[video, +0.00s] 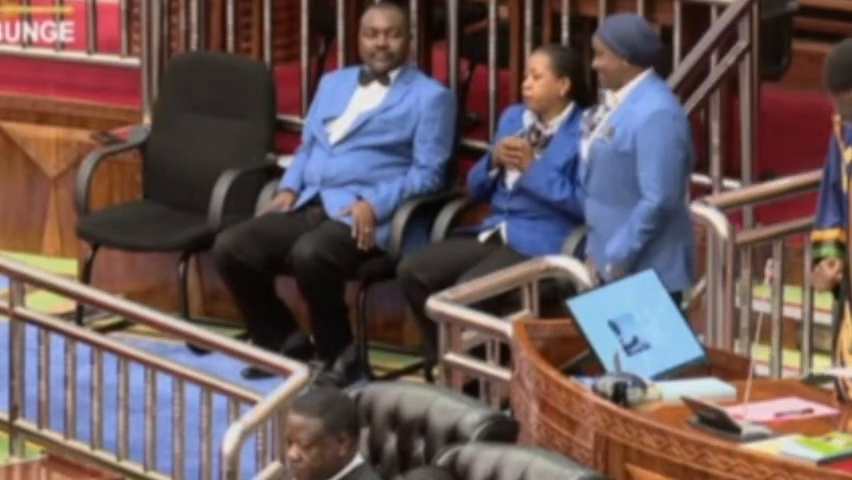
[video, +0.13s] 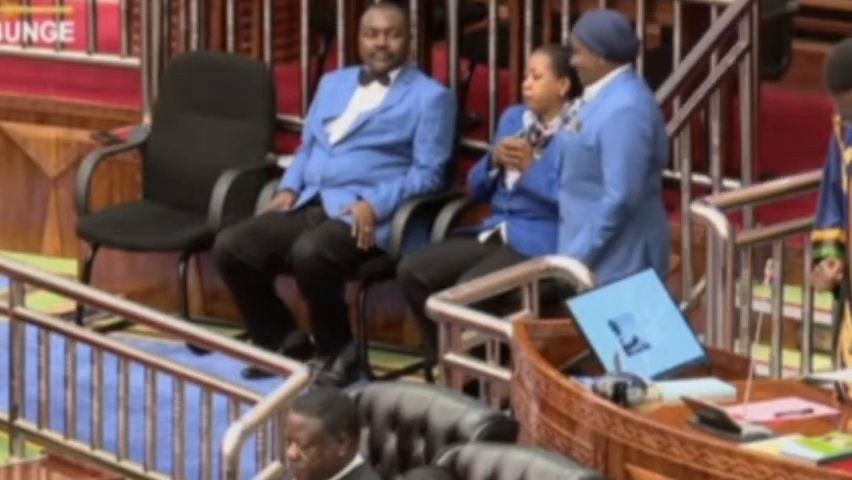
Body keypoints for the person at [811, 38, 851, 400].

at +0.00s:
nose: (842, 116)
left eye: (846, 106)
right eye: (839, 107)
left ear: (850, 96)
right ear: (832, 99)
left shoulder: (841, 138)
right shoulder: (840, 138)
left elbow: (831, 195)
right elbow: (832, 194)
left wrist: (831, 250)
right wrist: (829, 248)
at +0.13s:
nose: (843, 119)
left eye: (847, 110)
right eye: (841, 111)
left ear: (848, 97)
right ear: (834, 101)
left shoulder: (840, 135)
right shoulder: (840, 136)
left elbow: (830, 202)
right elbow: (832, 200)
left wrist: (828, 252)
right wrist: (827, 252)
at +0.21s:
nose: (843, 118)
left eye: (846, 109)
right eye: (840, 110)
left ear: (846, 98)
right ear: (834, 101)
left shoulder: (839, 136)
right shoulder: (840, 136)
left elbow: (831, 199)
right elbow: (832, 197)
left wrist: (829, 252)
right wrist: (827, 251)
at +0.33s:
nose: (844, 116)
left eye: (847, 107)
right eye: (841, 108)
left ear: (848, 98)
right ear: (835, 100)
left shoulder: (841, 137)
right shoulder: (840, 138)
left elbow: (830, 202)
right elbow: (831, 200)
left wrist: (828, 250)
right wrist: (827, 250)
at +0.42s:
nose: (843, 116)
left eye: (846, 107)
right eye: (840, 108)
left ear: (849, 99)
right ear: (834, 101)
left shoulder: (841, 139)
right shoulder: (840, 139)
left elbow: (832, 194)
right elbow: (832, 193)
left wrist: (831, 250)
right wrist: (829, 248)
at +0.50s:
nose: (842, 118)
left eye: (847, 108)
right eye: (840, 108)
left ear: (850, 99)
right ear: (834, 102)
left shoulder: (841, 139)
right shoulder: (840, 138)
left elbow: (832, 196)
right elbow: (832, 195)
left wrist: (831, 250)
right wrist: (829, 248)